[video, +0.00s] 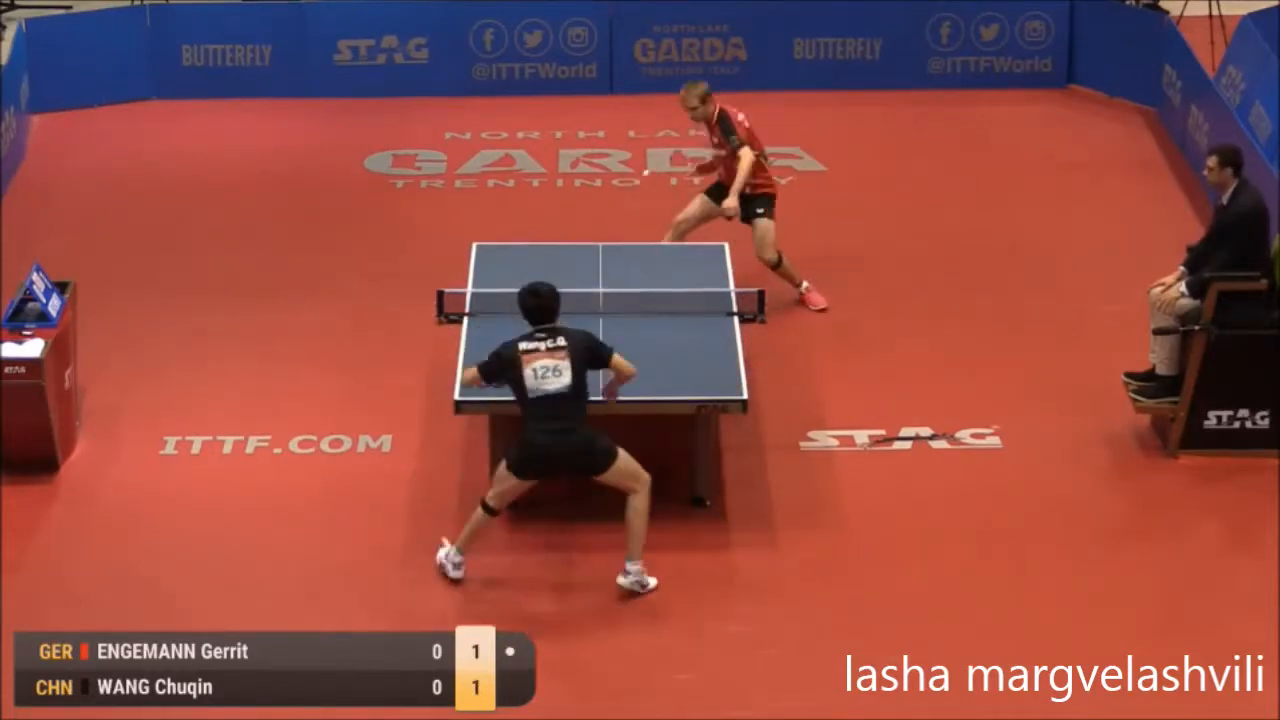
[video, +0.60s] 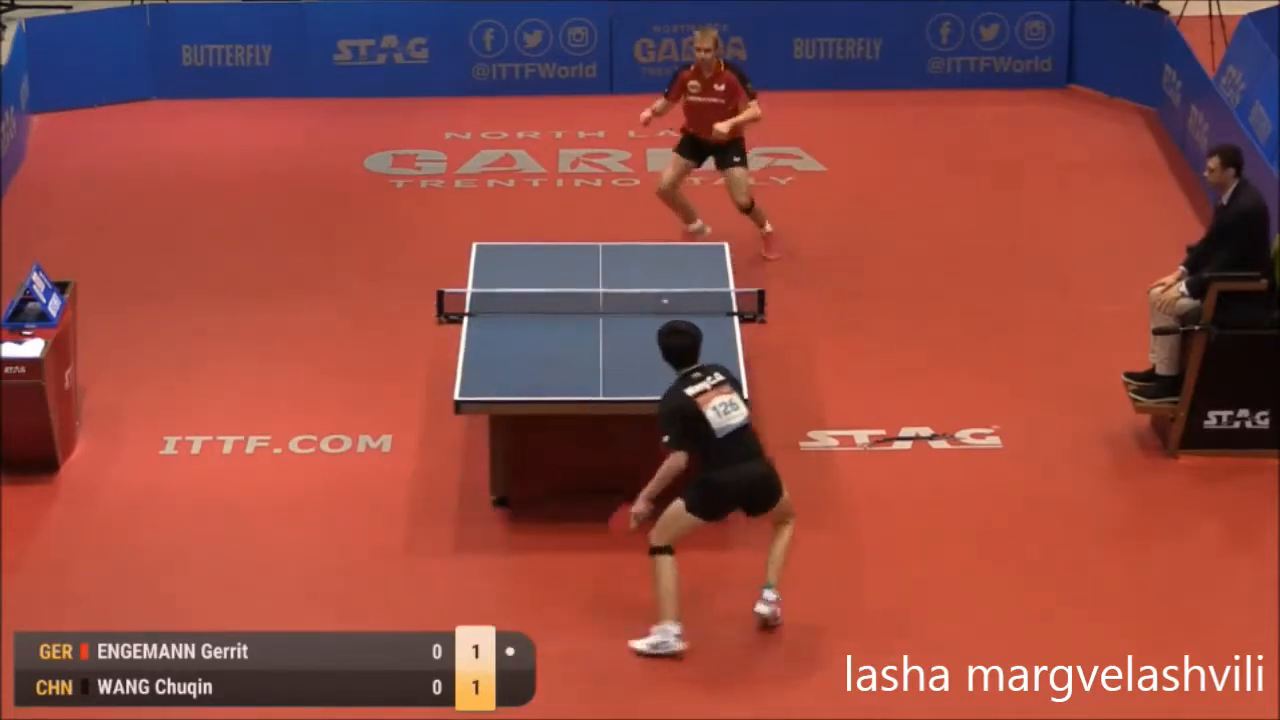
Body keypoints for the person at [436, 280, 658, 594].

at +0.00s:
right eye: (551, 307)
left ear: (525, 314)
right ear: (557, 310)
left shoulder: (510, 352)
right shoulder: (579, 341)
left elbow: (468, 378)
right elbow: (627, 371)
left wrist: (485, 377)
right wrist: (612, 387)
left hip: (534, 446)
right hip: (580, 442)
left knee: (494, 500)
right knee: (640, 484)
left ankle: (454, 556)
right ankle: (634, 570)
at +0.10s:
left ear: (537, 316)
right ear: (571, 312)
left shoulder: (523, 352)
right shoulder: (593, 343)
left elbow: (482, 389)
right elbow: (632, 385)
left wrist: (505, 393)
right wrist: (618, 409)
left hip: (550, 449)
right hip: (596, 444)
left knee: (505, 507)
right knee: (659, 484)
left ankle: (482, 585)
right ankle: (657, 572)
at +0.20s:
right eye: (583, 331)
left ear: (560, 342)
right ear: (593, 338)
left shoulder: (546, 380)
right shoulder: (616, 373)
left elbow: (505, 423)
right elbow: (642, 426)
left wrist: (530, 431)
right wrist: (631, 440)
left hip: (570, 476)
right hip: (617, 471)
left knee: (525, 536)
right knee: (674, 519)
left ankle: (516, 617)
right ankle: (720, 590)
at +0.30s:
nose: (608, 366)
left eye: (596, 363)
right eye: (613, 362)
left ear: (590, 371)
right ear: (623, 367)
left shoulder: (579, 410)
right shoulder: (646, 400)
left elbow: (545, 459)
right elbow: (677, 449)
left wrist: (577, 460)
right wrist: (648, 454)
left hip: (598, 505)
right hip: (649, 502)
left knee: (543, 537)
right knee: (708, 535)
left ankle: (516, 618)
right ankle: (745, 612)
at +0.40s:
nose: (621, 365)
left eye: (616, 362)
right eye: (634, 360)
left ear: (614, 370)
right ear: (647, 363)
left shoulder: (612, 409)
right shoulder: (673, 392)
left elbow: (596, 464)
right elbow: (702, 436)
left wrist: (574, 468)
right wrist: (669, 436)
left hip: (632, 499)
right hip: (680, 495)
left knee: (575, 550)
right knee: (739, 526)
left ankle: (520, 615)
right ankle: (747, 612)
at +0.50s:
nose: (650, 359)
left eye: (648, 355)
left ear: (647, 362)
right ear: (680, 354)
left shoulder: (653, 403)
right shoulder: (703, 377)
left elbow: (652, 461)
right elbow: (728, 415)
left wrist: (613, 484)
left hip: (687, 486)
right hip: (730, 479)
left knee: (629, 547)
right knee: (764, 528)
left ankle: (590, 622)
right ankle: (750, 609)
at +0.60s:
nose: (671, 354)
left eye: (668, 349)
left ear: (665, 356)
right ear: (698, 349)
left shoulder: (673, 400)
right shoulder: (722, 374)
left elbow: (678, 458)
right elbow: (743, 417)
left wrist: (645, 498)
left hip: (717, 482)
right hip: (757, 473)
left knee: (661, 540)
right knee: (784, 520)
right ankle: (770, 596)